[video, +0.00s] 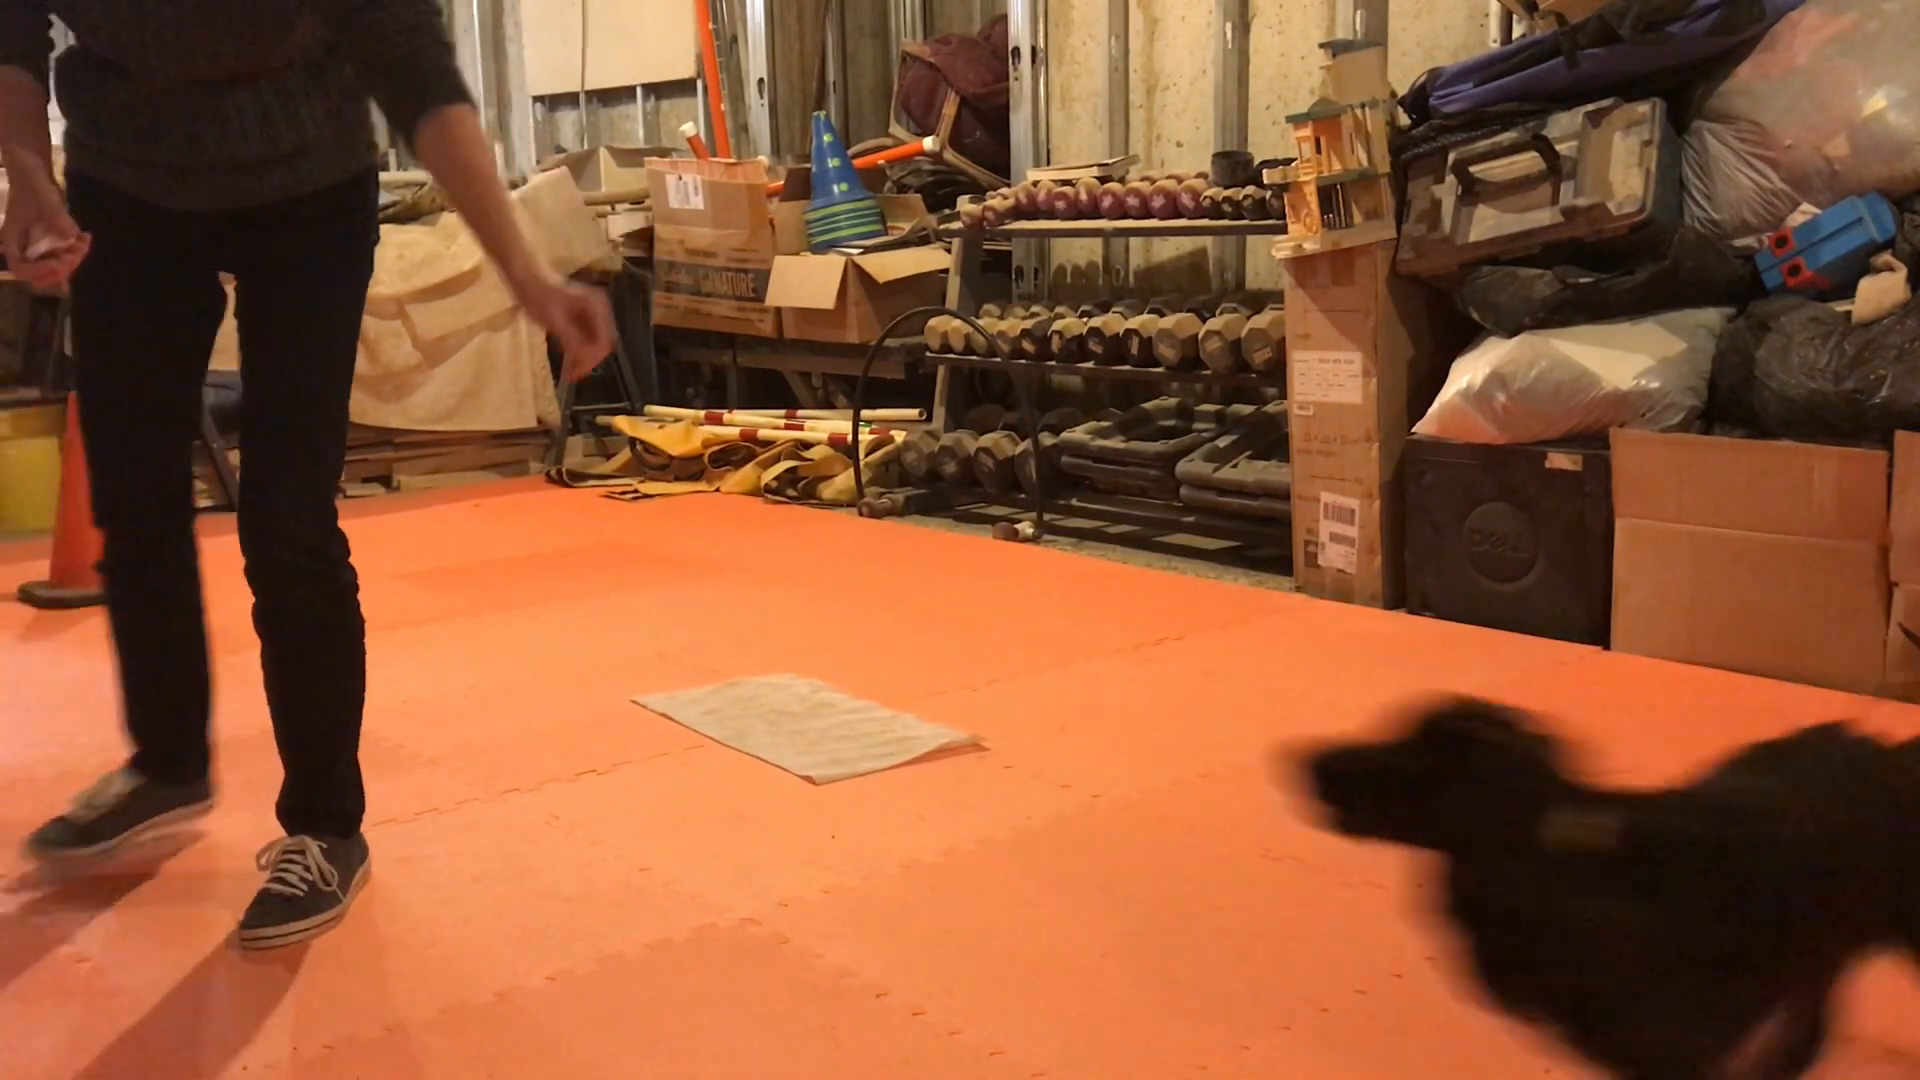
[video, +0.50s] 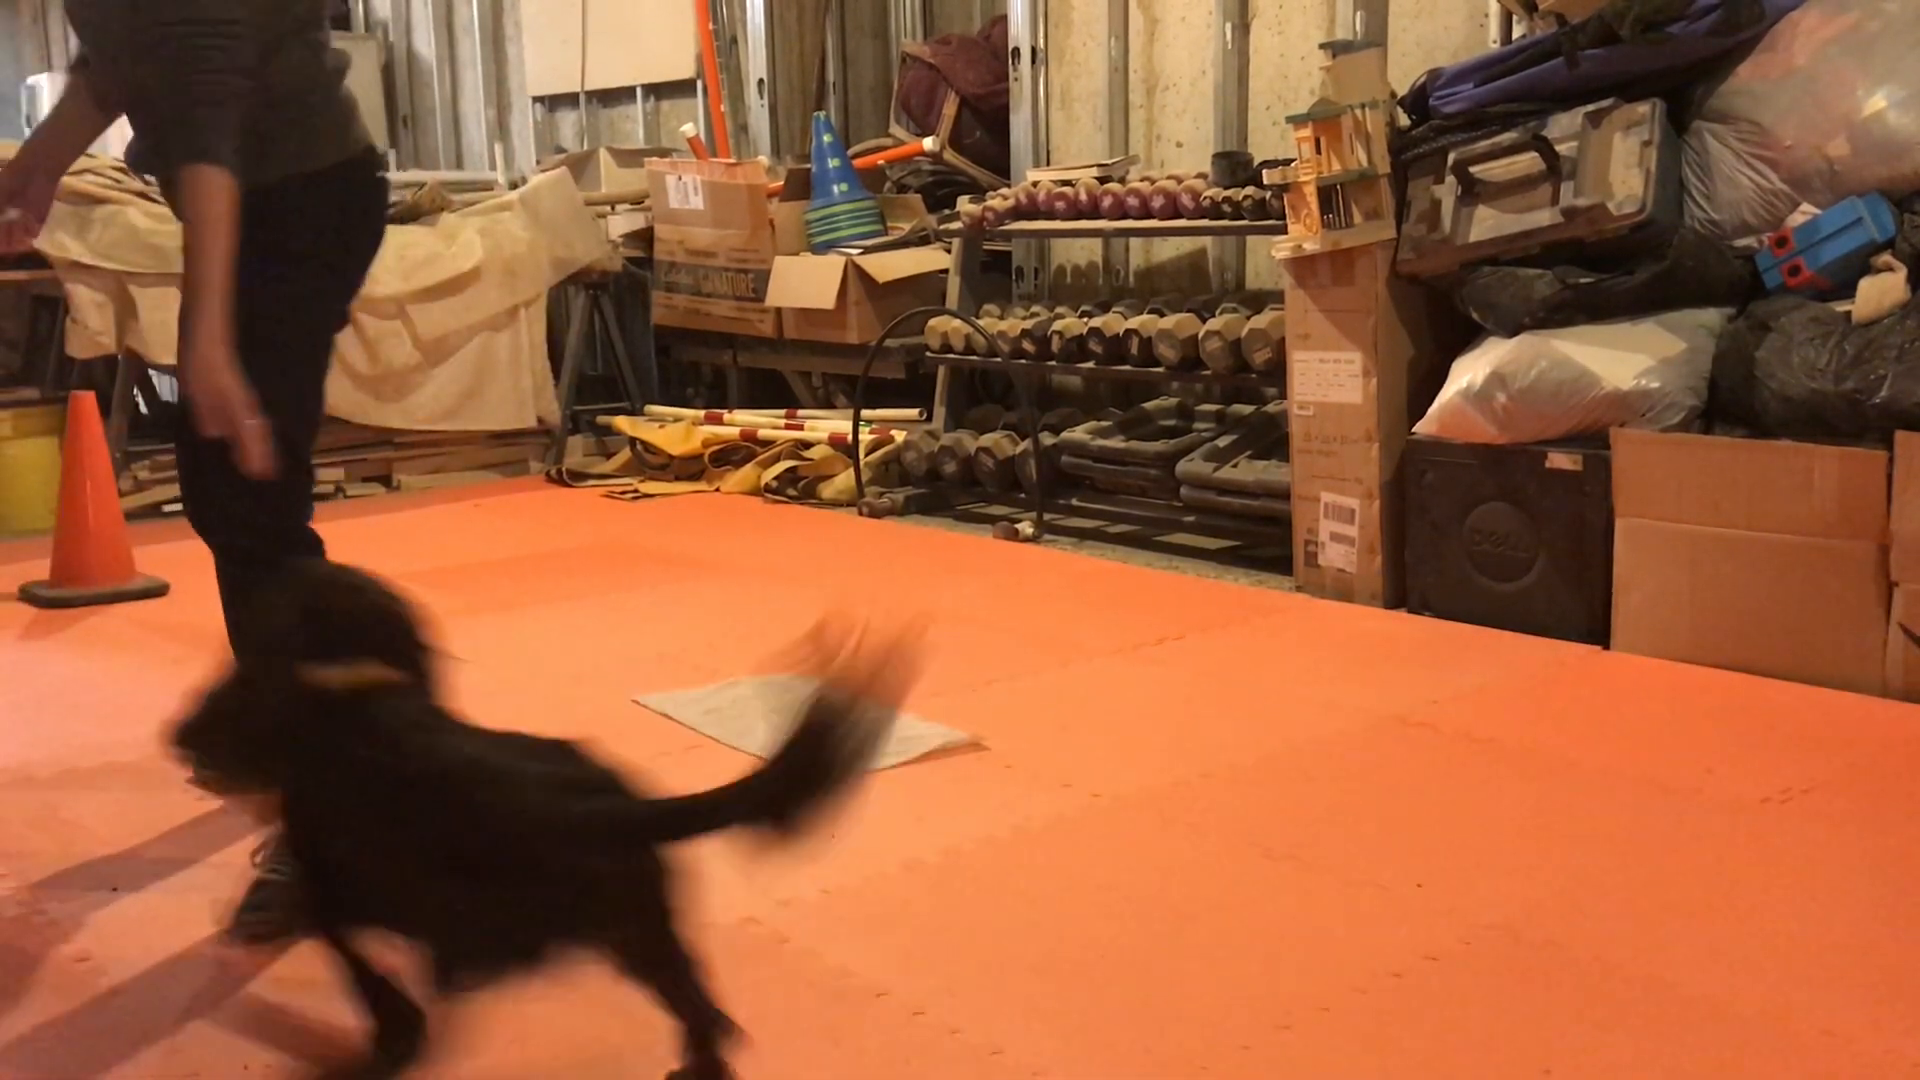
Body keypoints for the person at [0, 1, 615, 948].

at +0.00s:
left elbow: (418, 73)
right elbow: (18, 29)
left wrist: (529, 276)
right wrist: (27, 169)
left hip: (306, 173)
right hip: (129, 177)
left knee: (288, 527)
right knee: (137, 505)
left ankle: (323, 832)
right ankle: (170, 764)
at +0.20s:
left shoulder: (325, 14)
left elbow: (361, 97)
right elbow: (29, 34)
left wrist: (430, 316)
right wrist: (29, 185)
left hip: (317, 177)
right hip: (162, 179)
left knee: (291, 505)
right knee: (178, 470)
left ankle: (331, 828)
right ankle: (260, 691)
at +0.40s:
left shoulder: (249, 9)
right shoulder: (83, 4)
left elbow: (268, 111)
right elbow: (75, 46)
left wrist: (292, 333)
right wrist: (22, 167)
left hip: (320, 200)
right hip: (210, 208)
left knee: (274, 494)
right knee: (208, 476)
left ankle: (334, 826)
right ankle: (283, 725)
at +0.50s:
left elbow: (208, 99)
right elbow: (127, 47)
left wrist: (209, 342)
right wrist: (36, 165)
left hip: (303, 192)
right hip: (235, 196)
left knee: (249, 492)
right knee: (225, 479)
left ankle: (323, 812)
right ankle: (303, 759)